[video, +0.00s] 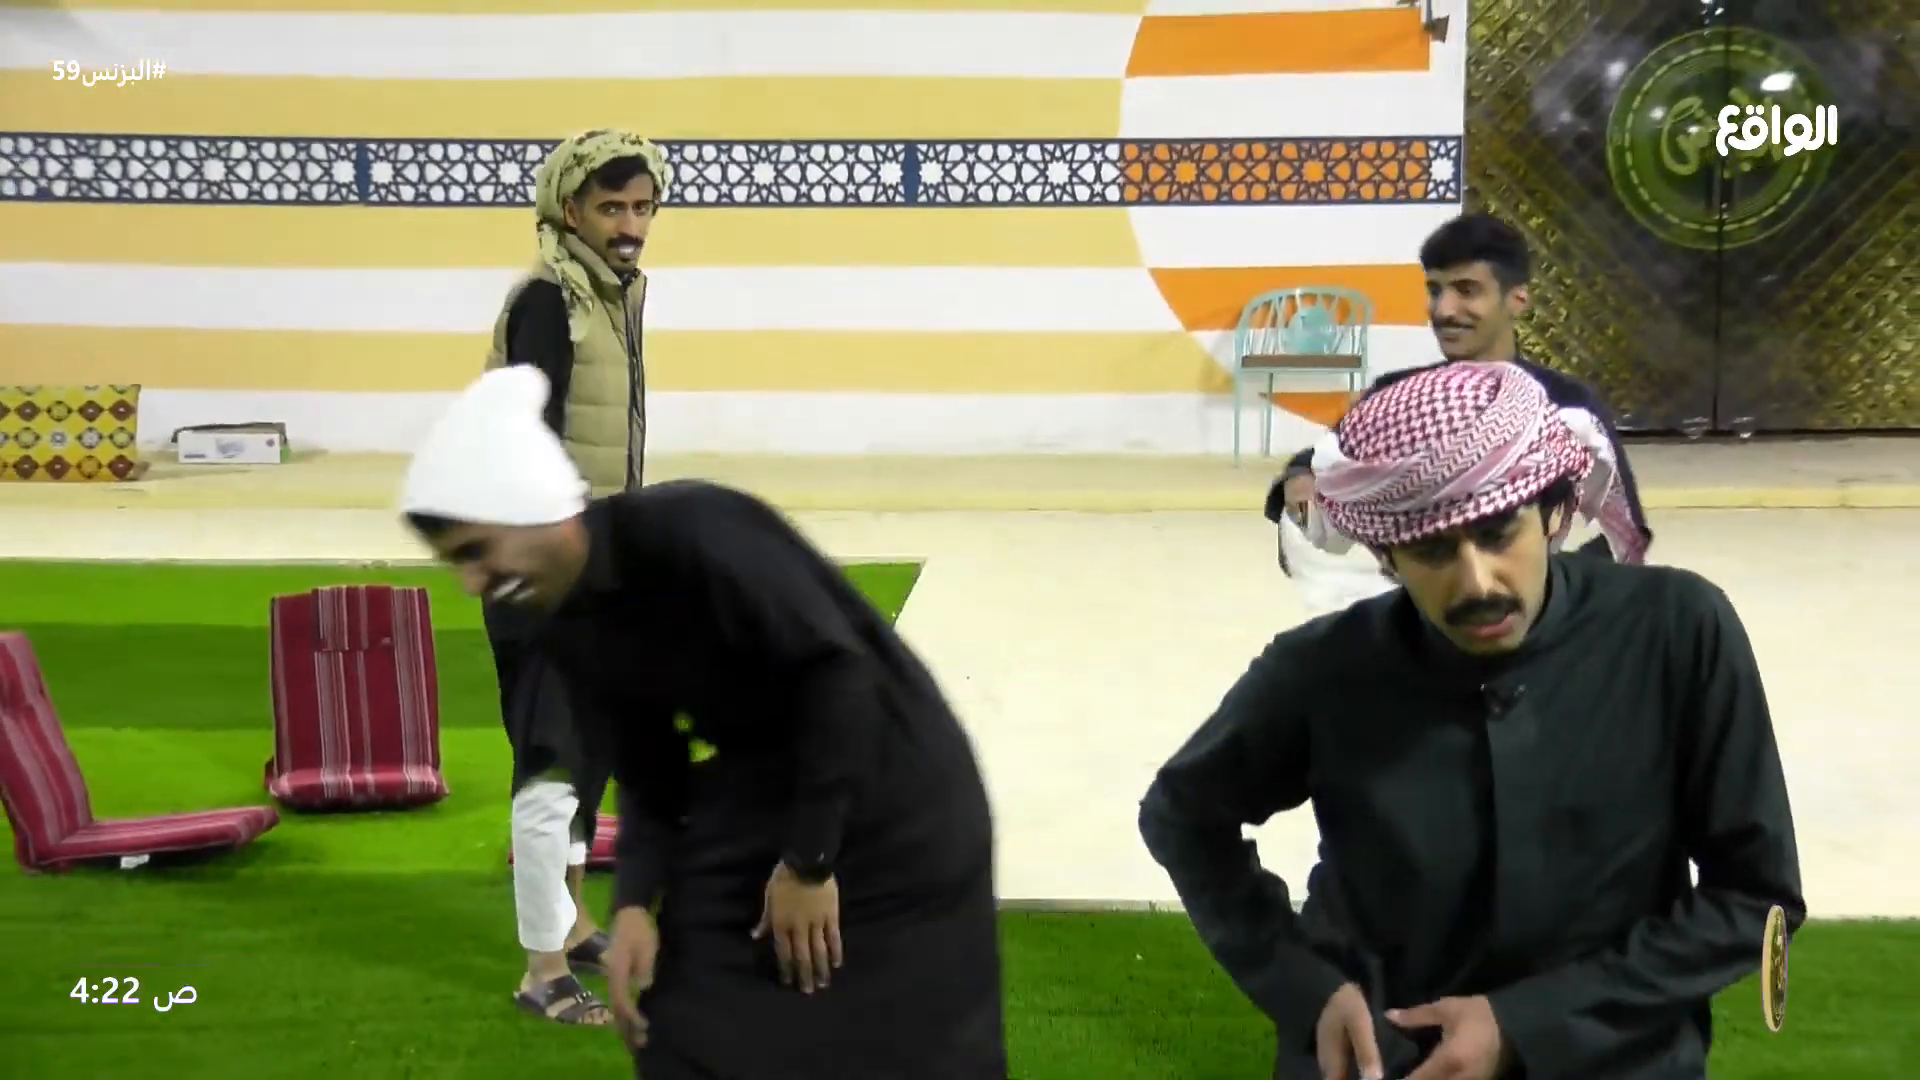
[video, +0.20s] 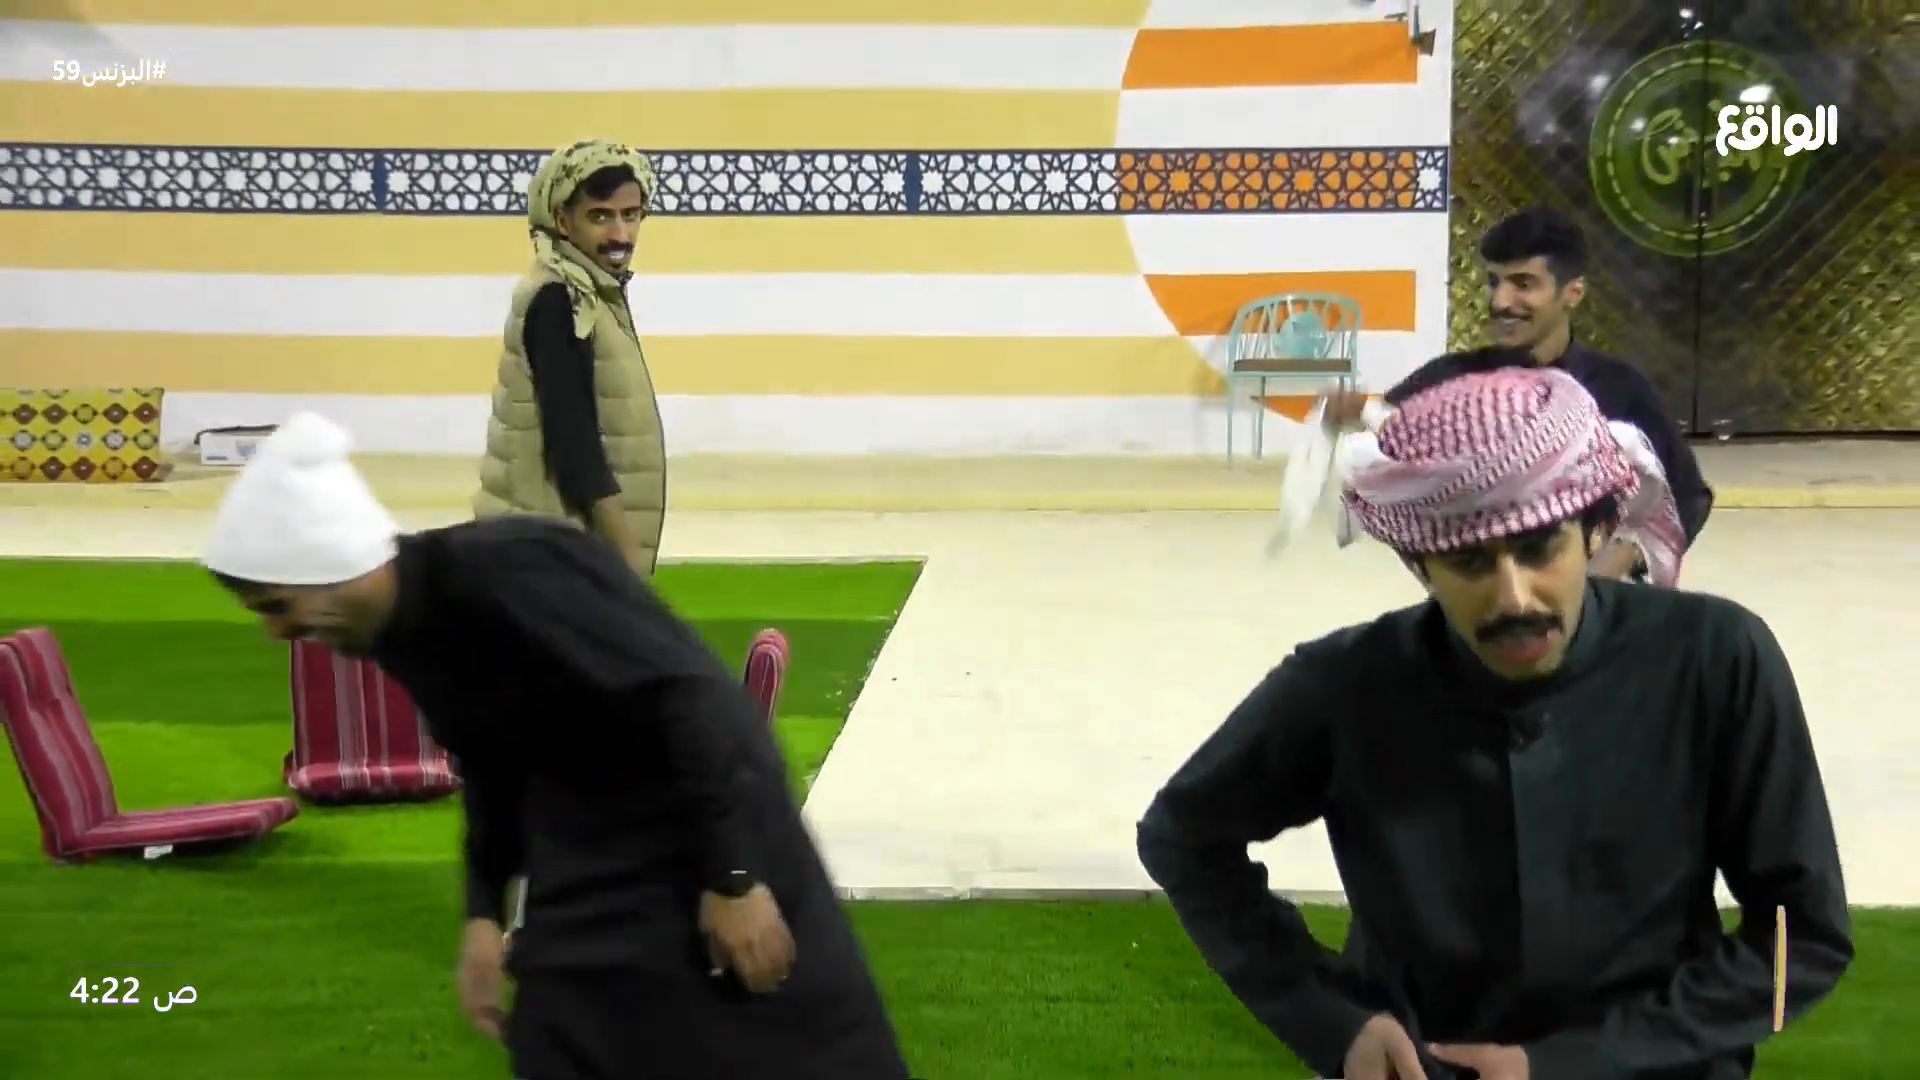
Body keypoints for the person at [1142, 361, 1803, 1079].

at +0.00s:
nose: (1477, 580)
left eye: (1499, 531)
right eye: (1433, 550)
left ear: (1555, 514)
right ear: (1387, 555)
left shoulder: (1682, 632)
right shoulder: (1321, 677)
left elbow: (1754, 899)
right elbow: (1185, 812)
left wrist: (1521, 1024)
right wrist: (1309, 994)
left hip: (1621, 1058)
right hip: (1380, 1062)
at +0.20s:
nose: (1512, 597)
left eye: (1538, 549)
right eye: (1466, 560)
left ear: (1595, 532)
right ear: (1416, 558)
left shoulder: (1716, 660)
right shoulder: (1337, 689)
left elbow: (1805, 935)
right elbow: (1180, 834)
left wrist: (1551, 1064)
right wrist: (1332, 1027)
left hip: (1651, 1064)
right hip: (1414, 1068)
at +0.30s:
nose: (1533, 652)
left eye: (1560, 605)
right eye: (1490, 618)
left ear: (1615, 578)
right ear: (1440, 600)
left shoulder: (1744, 698)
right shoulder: (1356, 719)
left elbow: (1825, 979)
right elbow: (1191, 858)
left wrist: (1633, 1069)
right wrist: (1346, 1049)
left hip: (1661, 1057)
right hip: (1435, 1063)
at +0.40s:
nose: (1564, 742)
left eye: (1600, 698)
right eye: (1525, 703)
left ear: (1656, 640)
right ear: (1474, 662)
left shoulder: (1796, 743)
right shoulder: (1395, 746)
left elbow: (1861, 1032)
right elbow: (1231, 887)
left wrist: (1741, 1068)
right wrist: (1361, 1070)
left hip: (1704, 1063)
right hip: (1470, 1063)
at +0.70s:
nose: (1597, 806)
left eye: (1639, 766)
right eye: (1560, 765)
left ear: (1718, 697)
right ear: (1519, 710)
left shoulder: (1870, 768)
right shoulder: (1445, 758)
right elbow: (1303, 888)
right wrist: (1399, 1069)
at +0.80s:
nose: (1647, 857)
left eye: (1687, 813)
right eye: (1613, 815)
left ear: (1768, 744)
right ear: (1562, 764)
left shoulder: (1893, 799)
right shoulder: (1496, 799)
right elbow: (1359, 919)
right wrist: (1420, 1068)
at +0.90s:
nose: (1680, 901)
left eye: (1724, 857)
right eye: (1643, 857)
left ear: (1807, 794)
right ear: (1594, 807)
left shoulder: (1901, 840)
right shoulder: (1531, 836)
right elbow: (1370, 961)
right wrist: (1427, 1068)